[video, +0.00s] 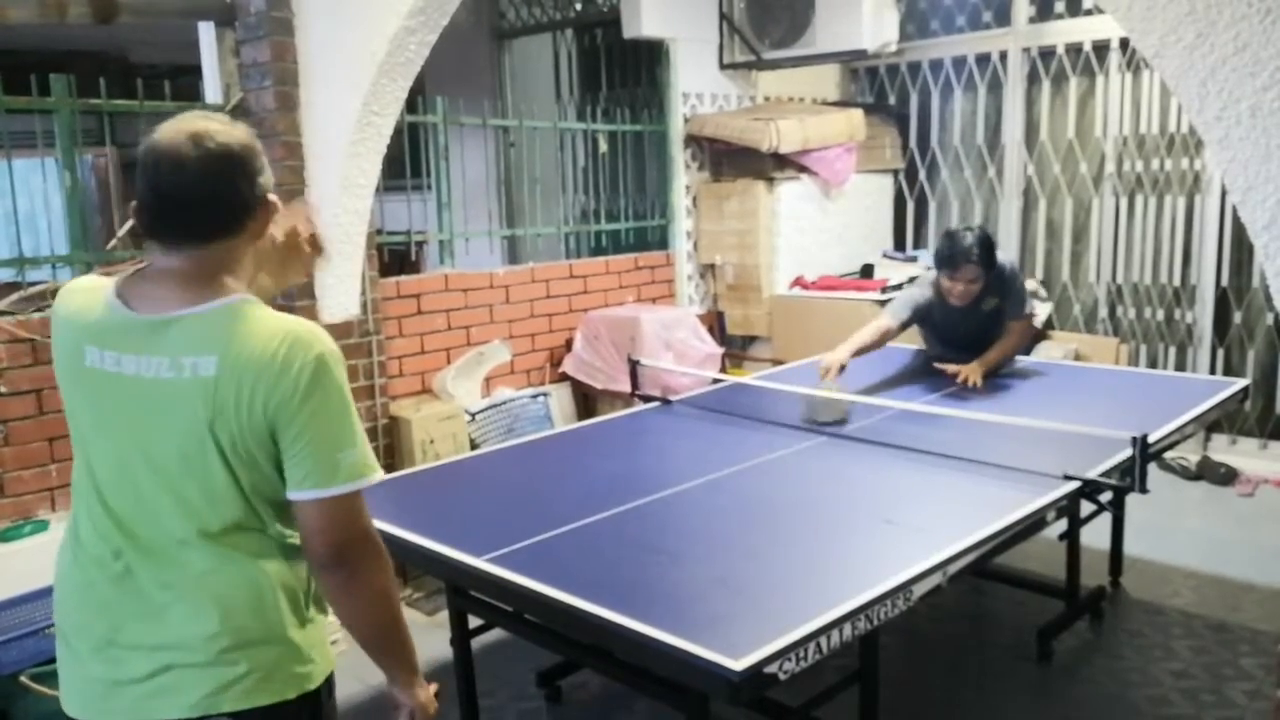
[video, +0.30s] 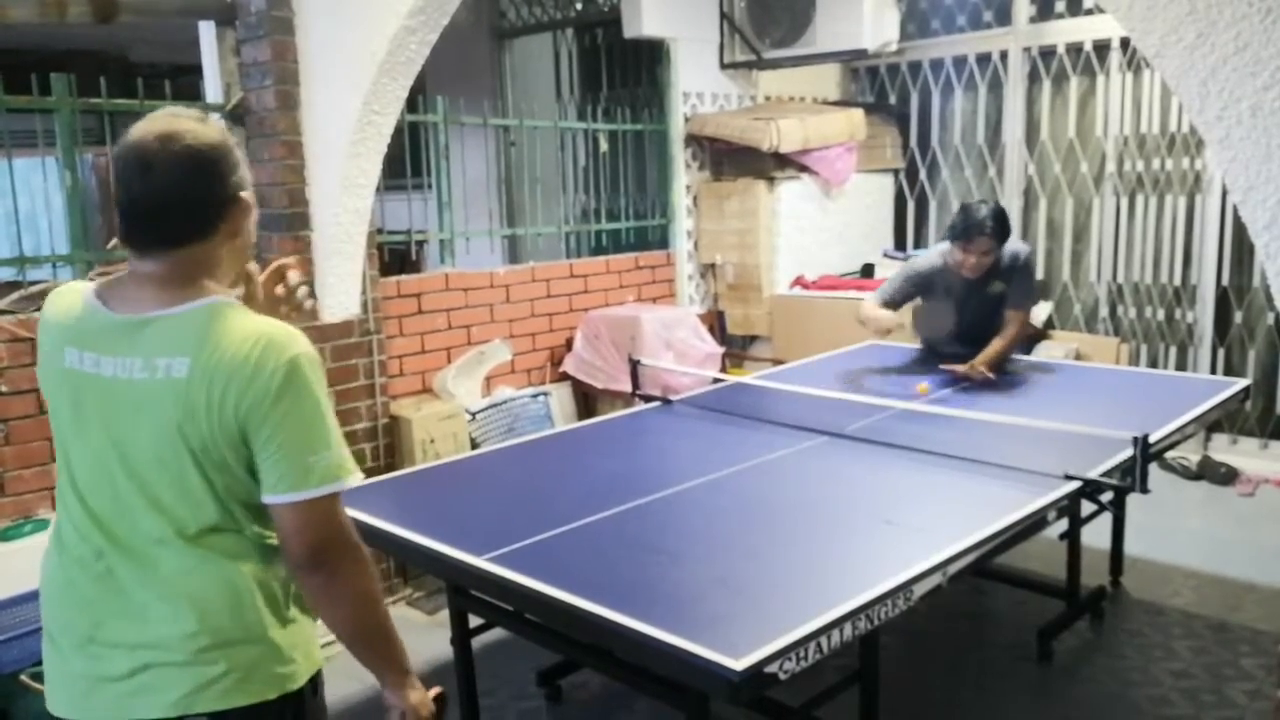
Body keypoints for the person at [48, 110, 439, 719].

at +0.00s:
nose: (276, 207)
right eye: (273, 197)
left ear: (141, 215)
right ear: (262, 216)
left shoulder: (75, 312)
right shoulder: (289, 350)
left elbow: (165, 299)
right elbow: (338, 546)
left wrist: (266, 267)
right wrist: (407, 678)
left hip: (97, 670)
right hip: (245, 677)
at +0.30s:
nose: (256, 211)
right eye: (251, 195)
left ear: (118, 221)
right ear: (240, 214)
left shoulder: (62, 317)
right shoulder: (265, 353)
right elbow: (317, 549)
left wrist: (242, 320)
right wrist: (399, 680)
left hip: (81, 673)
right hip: (230, 679)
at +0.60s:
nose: (180, 239)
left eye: (182, 218)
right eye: (175, 217)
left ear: (51, 226)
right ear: (137, 225)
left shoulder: (12, 337)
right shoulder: (169, 354)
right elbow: (220, 548)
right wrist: (320, 682)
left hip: (40, 687)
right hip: (177, 691)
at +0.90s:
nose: (144, 231)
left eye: (142, 212)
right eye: (136, 213)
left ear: (16, 231)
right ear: (99, 222)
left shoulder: (7, 332)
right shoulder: (146, 341)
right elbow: (194, 539)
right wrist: (284, 670)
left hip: (39, 687)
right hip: (170, 687)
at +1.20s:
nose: (166, 231)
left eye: (164, 212)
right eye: (159, 212)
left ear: (34, 226)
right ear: (118, 226)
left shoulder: (6, 333)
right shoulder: (173, 345)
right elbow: (258, 518)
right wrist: (361, 623)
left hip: (56, 675)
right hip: (199, 672)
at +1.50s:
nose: (181, 231)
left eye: (180, 212)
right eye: (174, 212)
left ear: (52, 226)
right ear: (133, 231)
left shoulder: (10, 335)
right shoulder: (193, 340)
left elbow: (8, 513)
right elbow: (255, 523)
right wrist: (338, 611)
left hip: (60, 671)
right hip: (205, 666)